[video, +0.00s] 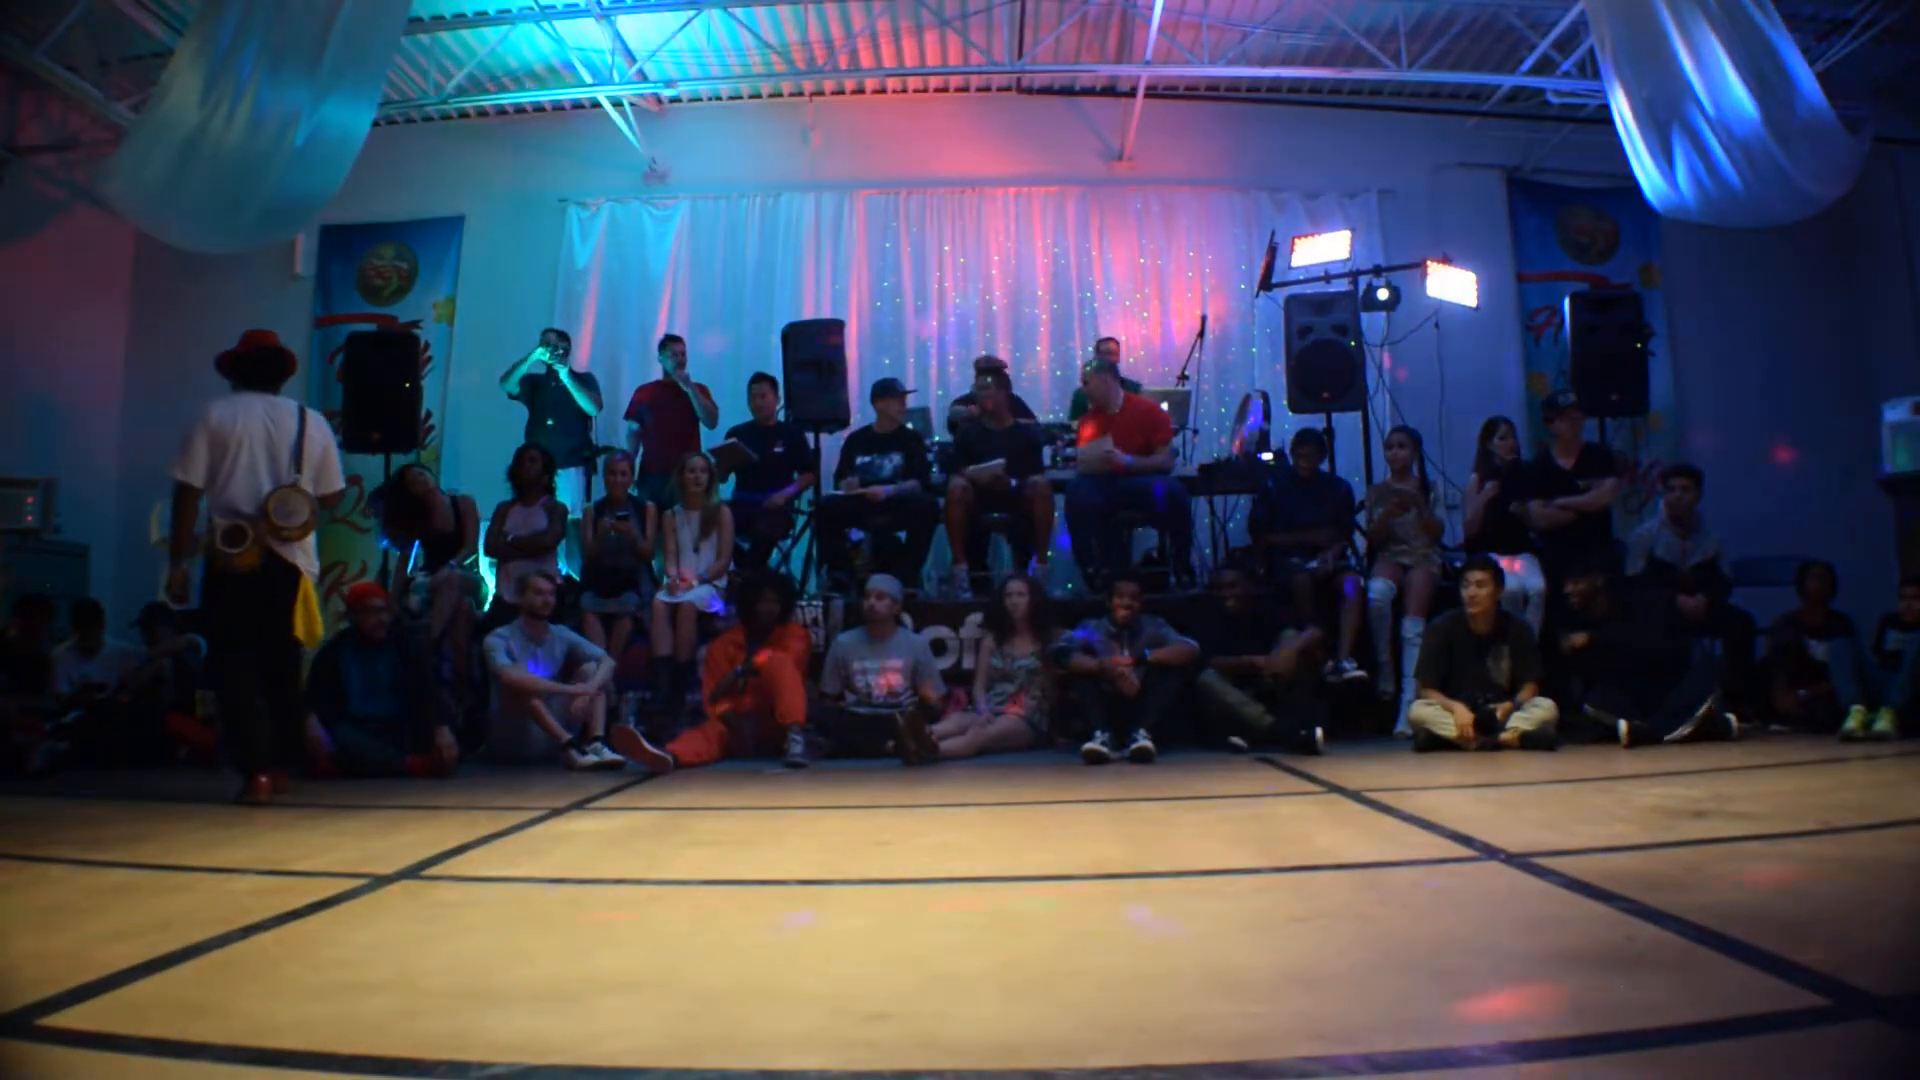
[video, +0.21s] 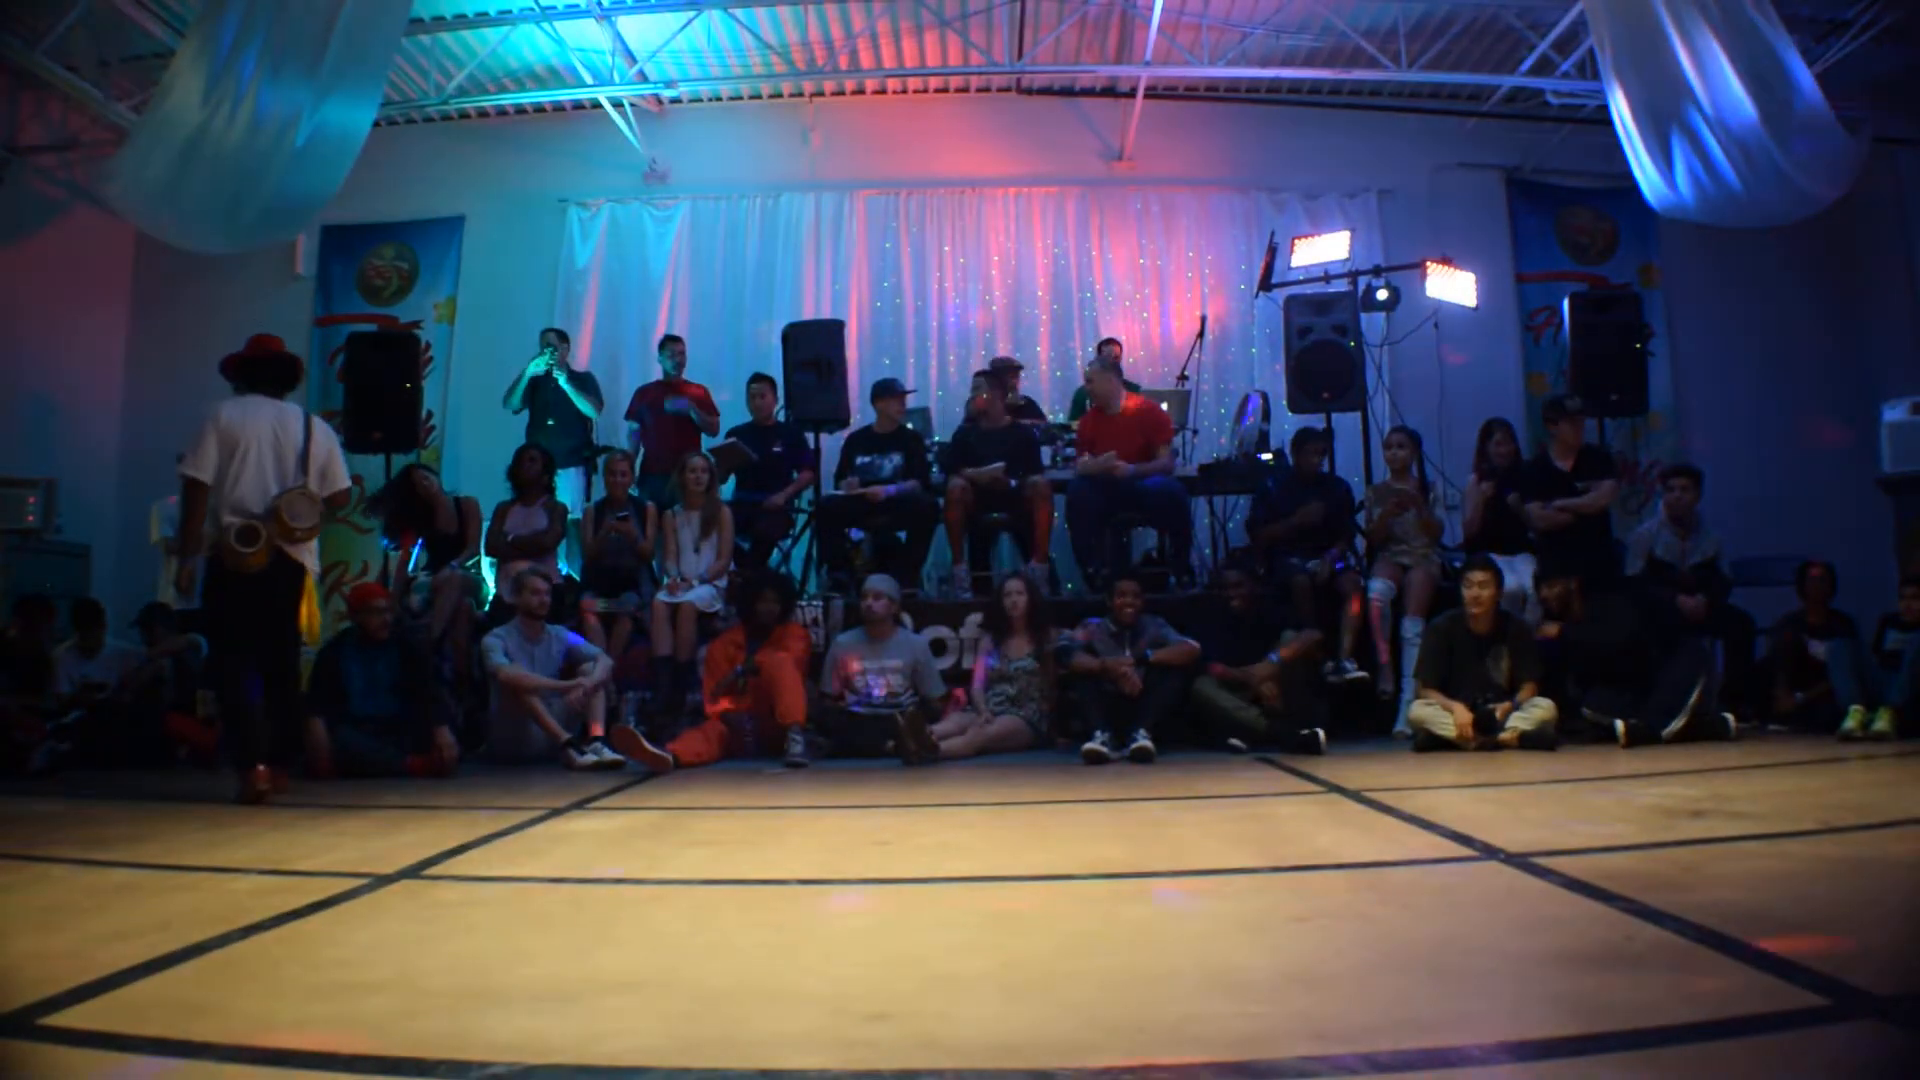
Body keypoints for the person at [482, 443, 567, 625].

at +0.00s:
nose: (525, 467)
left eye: (532, 461)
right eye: (521, 462)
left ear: (545, 472)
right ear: (514, 470)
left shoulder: (555, 509)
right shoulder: (504, 509)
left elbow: (549, 542)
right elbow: (490, 547)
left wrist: (510, 542)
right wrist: (533, 549)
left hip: (542, 598)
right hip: (507, 596)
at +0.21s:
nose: (526, 466)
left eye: (532, 461)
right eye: (521, 461)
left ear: (545, 472)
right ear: (514, 469)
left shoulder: (556, 508)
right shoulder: (503, 508)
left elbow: (550, 541)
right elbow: (491, 547)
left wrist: (510, 541)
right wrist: (533, 549)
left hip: (544, 590)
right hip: (507, 590)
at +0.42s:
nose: (525, 466)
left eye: (532, 461)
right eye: (520, 461)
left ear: (545, 472)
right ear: (513, 469)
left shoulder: (556, 508)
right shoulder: (503, 508)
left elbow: (549, 541)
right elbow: (490, 546)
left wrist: (508, 543)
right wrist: (532, 549)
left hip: (544, 590)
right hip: (506, 590)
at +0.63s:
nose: (524, 466)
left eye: (531, 461)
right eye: (520, 461)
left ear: (544, 471)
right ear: (514, 469)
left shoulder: (555, 508)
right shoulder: (503, 507)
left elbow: (549, 541)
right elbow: (489, 546)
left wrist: (509, 541)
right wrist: (532, 549)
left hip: (544, 589)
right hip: (506, 589)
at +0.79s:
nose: (525, 467)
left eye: (532, 461)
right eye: (521, 462)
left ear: (545, 471)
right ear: (514, 470)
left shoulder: (556, 508)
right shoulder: (504, 507)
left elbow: (549, 541)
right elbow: (490, 546)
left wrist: (509, 542)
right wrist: (534, 549)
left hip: (544, 588)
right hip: (507, 589)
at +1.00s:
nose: (527, 467)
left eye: (534, 462)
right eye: (523, 462)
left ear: (547, 472)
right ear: (517, 470)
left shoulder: (557, 509)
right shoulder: (506, 508)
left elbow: (551, 541)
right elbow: (493, 546)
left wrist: (511, 541)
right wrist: (535, 548)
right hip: (510, 589)